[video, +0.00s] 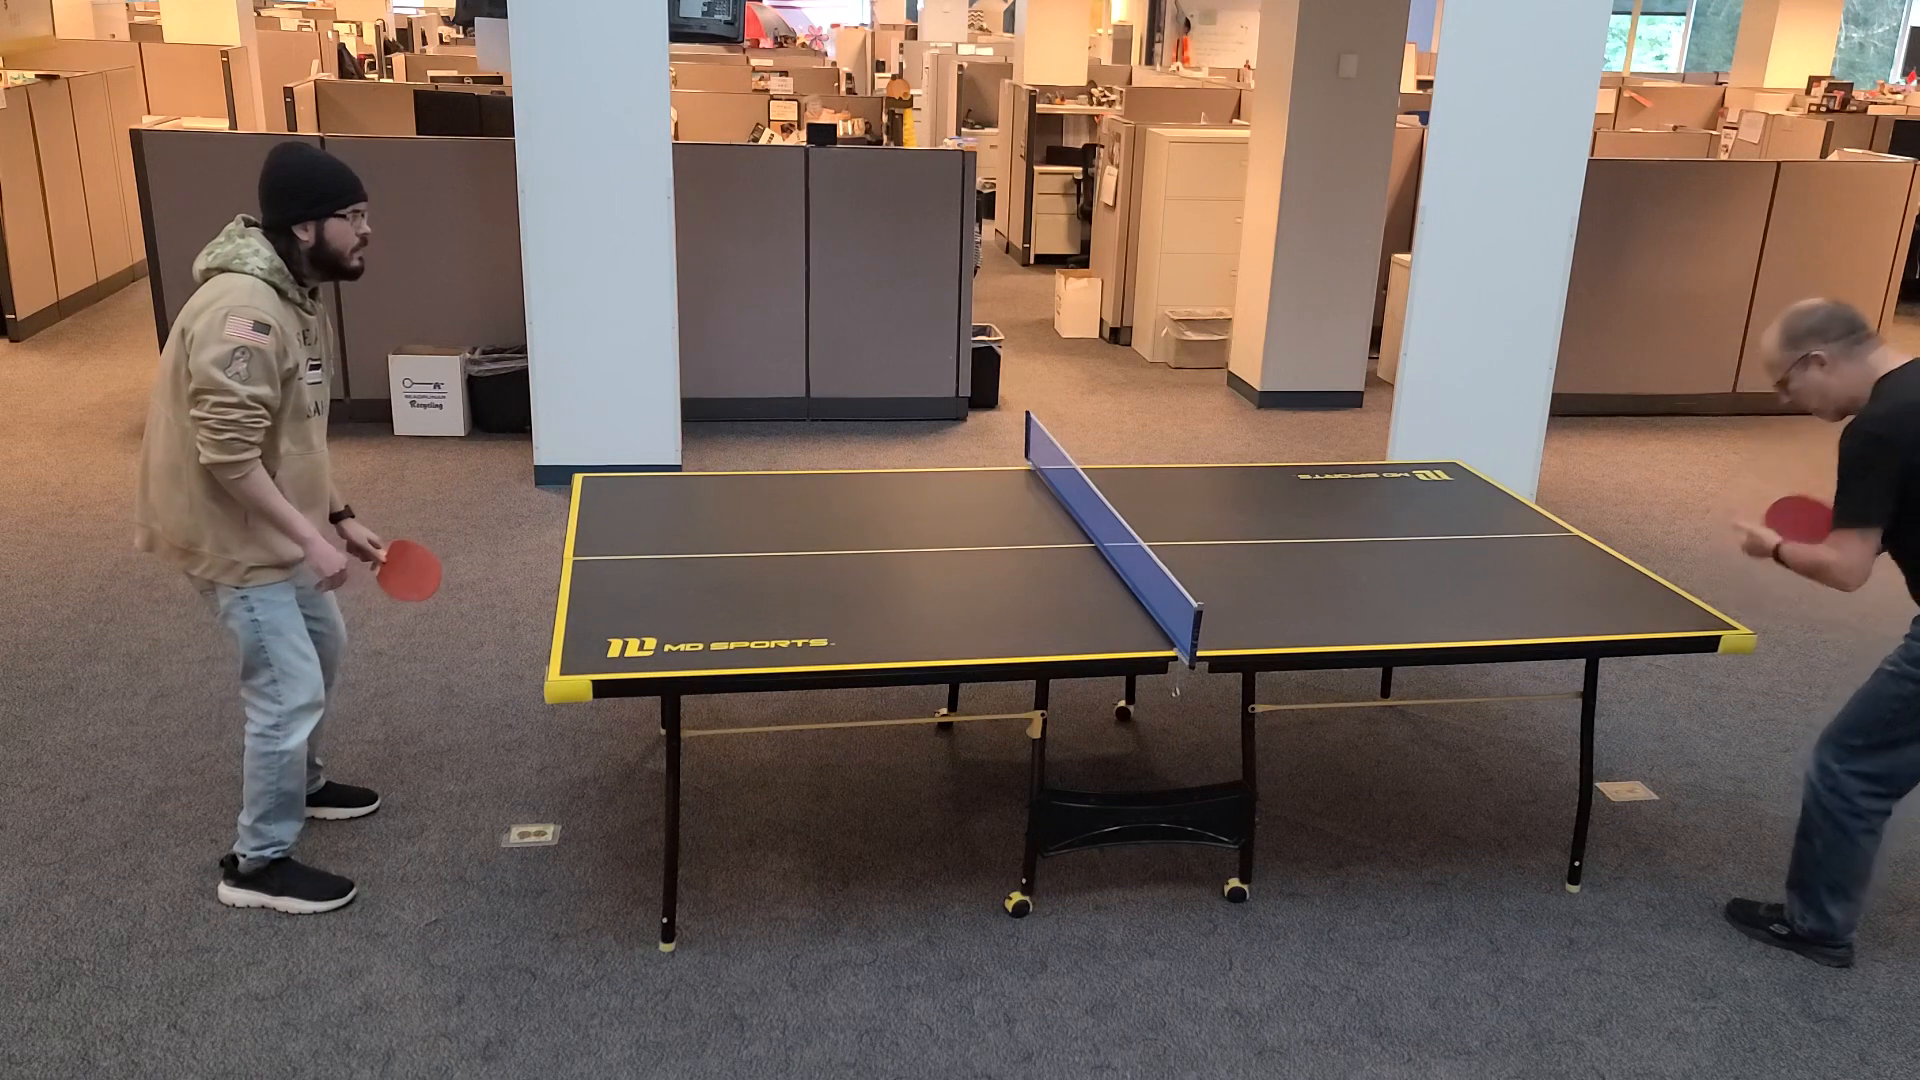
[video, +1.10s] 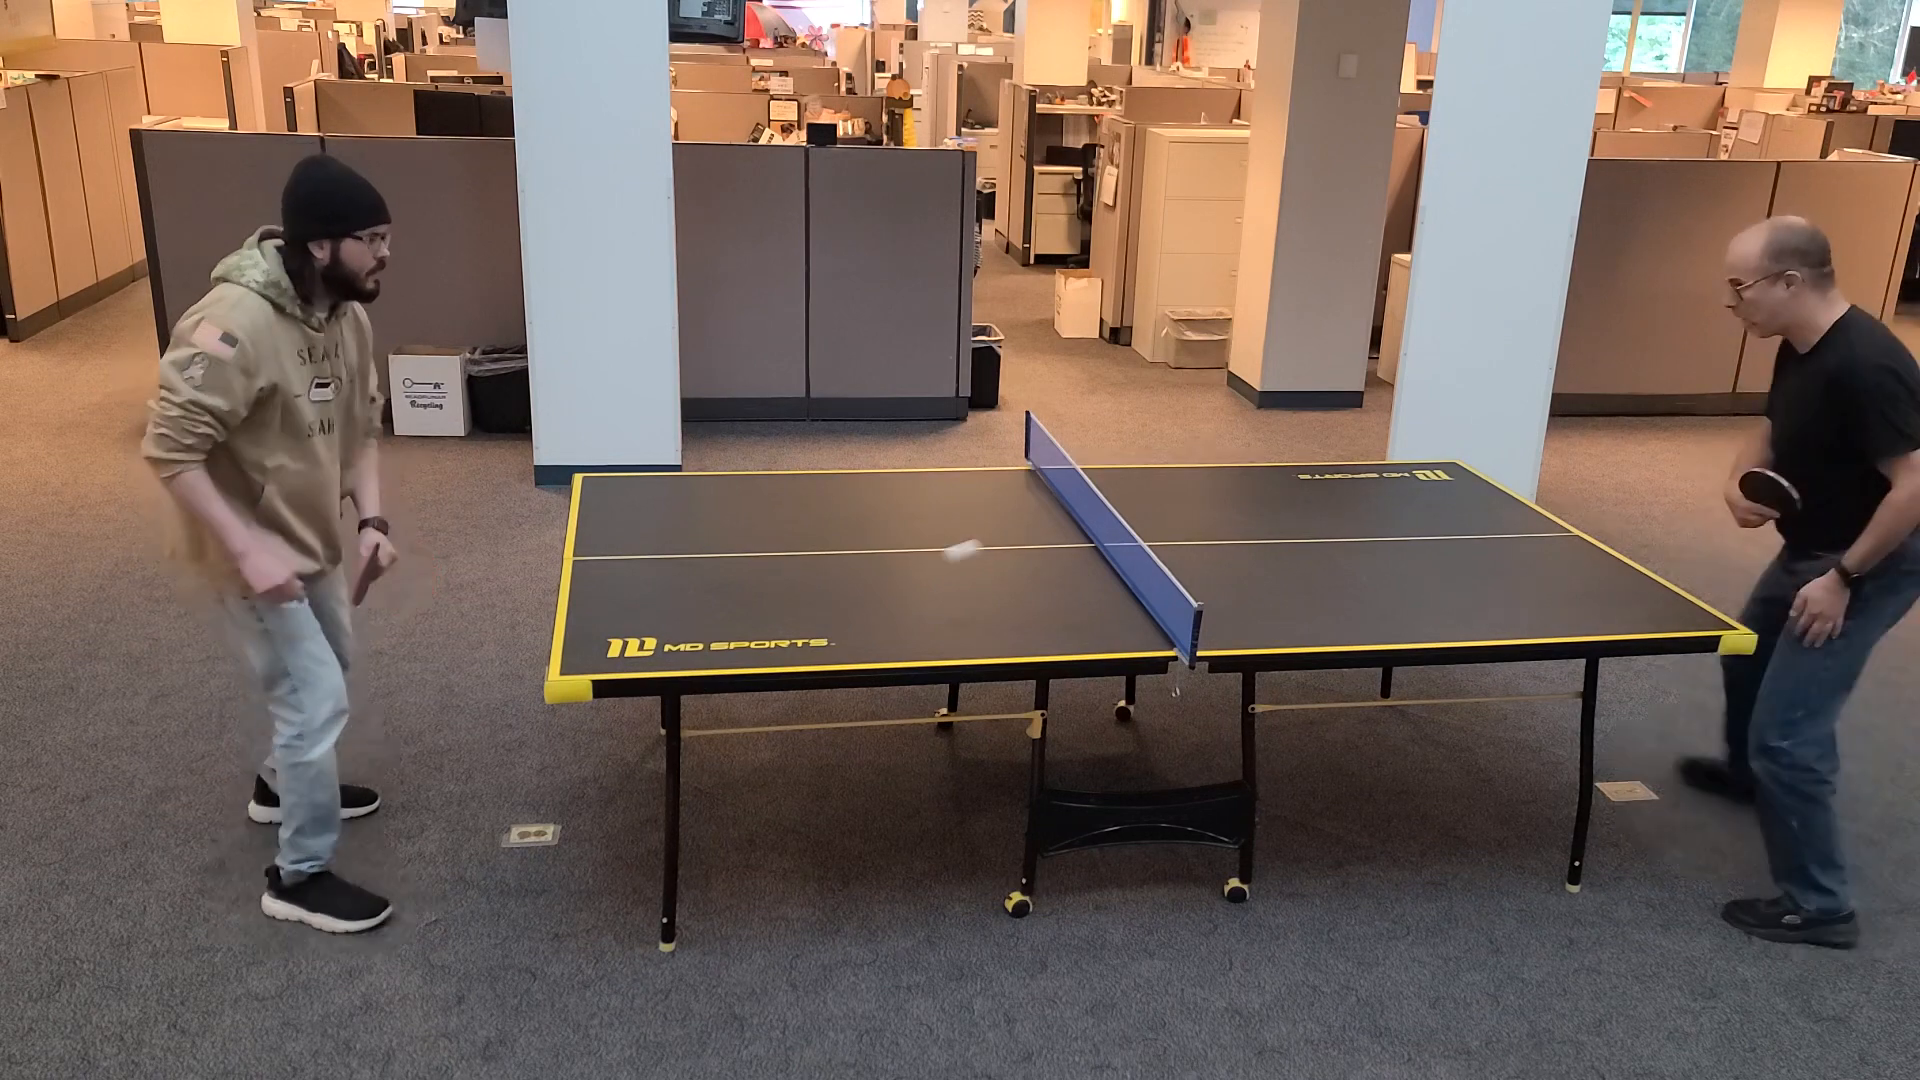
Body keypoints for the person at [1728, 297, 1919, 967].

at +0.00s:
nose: (1793, 402)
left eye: (1788, 384)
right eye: (1785, 390)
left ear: (1821, 358)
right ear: (1839, 353)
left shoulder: (1878, 429)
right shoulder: (1912, 387)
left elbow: (1847, 568)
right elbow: (1914, 514)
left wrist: (1774, 547)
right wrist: (1837, 525)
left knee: (1849, 761)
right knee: (1862, 758)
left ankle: (1820, 923)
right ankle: (1821, 920)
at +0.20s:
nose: (1855, 350)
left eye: (1858, 334)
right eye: (1851, 335)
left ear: (1898, 323)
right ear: (1904, 324)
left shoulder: (1904, 414)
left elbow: (1834, 519)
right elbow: (1838, 513)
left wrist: (1800, 449)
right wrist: (1812, 458)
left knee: (1853, 758)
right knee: (1863, 755)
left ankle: (1819, 922)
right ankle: (1821, 918)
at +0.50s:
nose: (1859, 335)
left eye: (1861, 321)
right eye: (1858, 322)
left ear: (1890, 312)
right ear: (1911, 310)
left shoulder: (1896, 398)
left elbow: (1853, 530)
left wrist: (1823, 540)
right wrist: (1833, 535)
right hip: (1919, 620)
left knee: (1840, 744)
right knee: (1848, 744)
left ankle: (1824, 911)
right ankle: (1825, 909)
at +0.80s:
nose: (1756, 340)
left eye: (1757, 324)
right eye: (1752, 326)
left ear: (1803, 307)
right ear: (1808, 304)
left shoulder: (1873, 371)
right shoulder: (1883, 352)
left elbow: (1919, 495)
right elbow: (1900, 488)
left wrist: (1854, 575)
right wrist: (1836, 536)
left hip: (1900, 606)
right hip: (1902, 598)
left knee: (1817, 756)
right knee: (1918, 740)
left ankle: (1822, 915)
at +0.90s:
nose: (1747, 318)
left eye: (1749, 302)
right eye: (1743, 304)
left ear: (1794, 290)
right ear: (1800, 287)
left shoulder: (1876, 362)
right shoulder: (1838, 350)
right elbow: (1864, 457)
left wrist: (1869, 573)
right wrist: (1816, 506)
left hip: (1895, 590)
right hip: (1880, 581)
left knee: (1816, 752)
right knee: (1882, 730)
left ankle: (1822, 913)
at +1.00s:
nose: (1738, 297)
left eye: (1746, 283)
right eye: (1736, 284)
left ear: (1796, 279)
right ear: (1797, 279)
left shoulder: (1877, 358)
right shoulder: (1815, 345)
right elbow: (1815, 442)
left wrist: (1859, 572)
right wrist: (1780, 494)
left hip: (1884, 577)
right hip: (1834, 561)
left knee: (1799, 741)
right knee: (1789, 680)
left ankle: (1821, 907)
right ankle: (1865, 823)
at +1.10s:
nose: (1731, 300)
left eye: (1740, 286)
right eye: (1731, 285)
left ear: (1793, 282)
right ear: (1789, 282)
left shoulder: (1868, 364)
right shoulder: (1799, 344)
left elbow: (1912, 487)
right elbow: (1776, 432)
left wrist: (1843, 578)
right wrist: (1748, 479)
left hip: (1874, 564)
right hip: (1810, 547)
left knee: (1785, 732)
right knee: (1745, 650)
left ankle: (1819, 905)